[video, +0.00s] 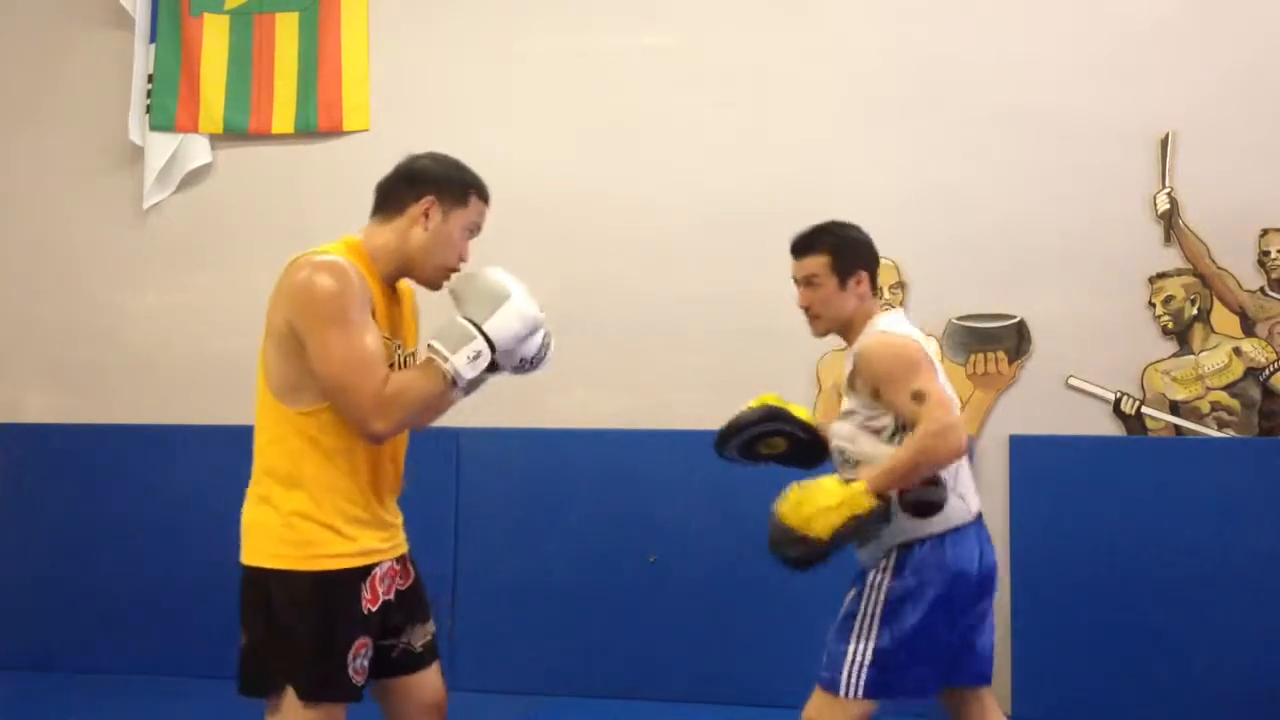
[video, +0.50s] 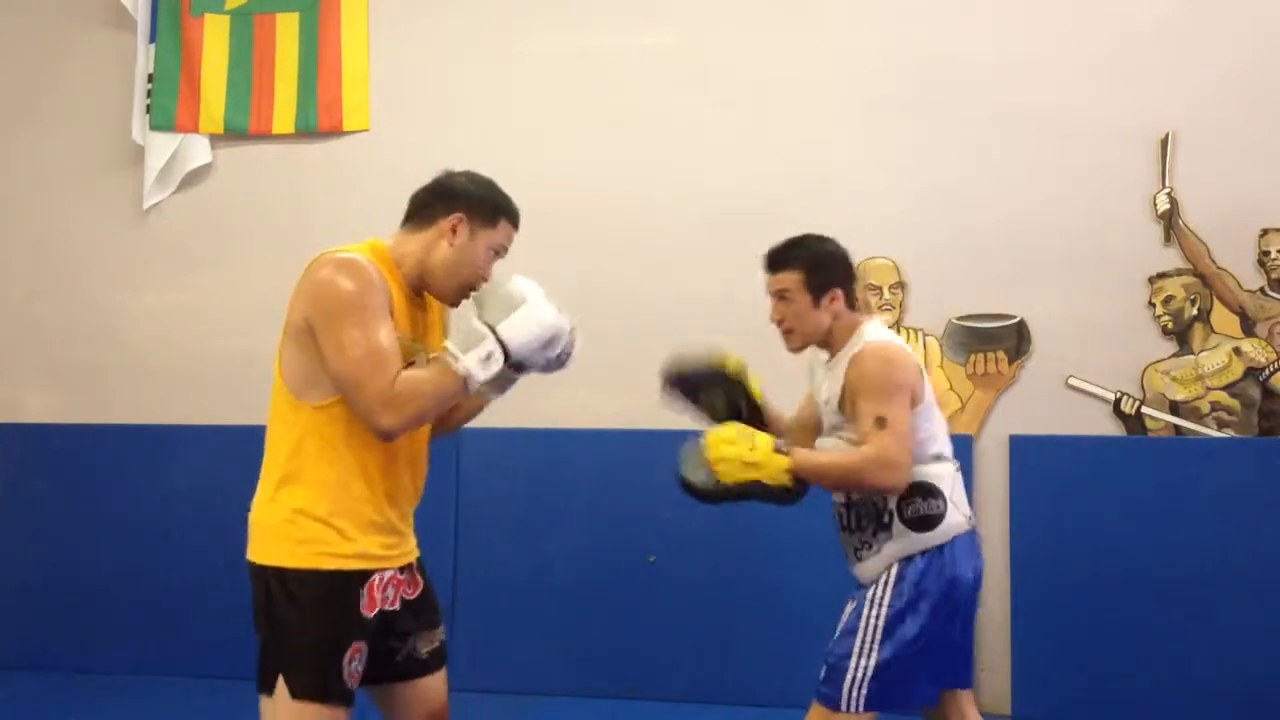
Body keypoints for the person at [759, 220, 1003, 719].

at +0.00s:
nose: (801, 300)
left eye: (811, 284)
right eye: (798, 286)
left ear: (859, 285)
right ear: (859, 289)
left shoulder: (881, 348)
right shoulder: (894, 337)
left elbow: (947, 436)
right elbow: (897, 442)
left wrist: (855, 492)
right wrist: (813, 434)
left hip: (915, 556)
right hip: (961, 545)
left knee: (831, 709)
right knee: (970, 699)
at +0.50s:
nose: (773, 314)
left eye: (784, 299)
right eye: (773, 300)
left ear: (832, 300)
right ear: (830, 304)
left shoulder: (880, 358)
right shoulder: (830, 360)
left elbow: (889, 469)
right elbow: (799, 438)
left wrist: (781, 459)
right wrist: (746, 406)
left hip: (920, 559)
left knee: (836, 710)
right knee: (951, 702)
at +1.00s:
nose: (825, 295)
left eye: (837, 280)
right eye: (824, 281)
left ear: (885, 283)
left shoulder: (914, 341)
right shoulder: (867, 350)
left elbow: (926, 442)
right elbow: (796, 381)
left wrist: (825, 434)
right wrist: (775, 314)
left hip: (921, 560)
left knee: (844, 710)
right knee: (959, 702)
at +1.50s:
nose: (838, 298)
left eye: (849, 283)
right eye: (836, 284)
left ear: (895, 284)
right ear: (889, 288)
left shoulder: (919, 339)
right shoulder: (888, 351)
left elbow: (962, 427)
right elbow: (820, 404)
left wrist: (872, 469)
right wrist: (796, 335)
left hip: (929, 557)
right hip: (959, 554)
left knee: (844, 711)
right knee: (962, 706)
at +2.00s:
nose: (834, 293)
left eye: (845, 278)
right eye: (832, 279)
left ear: (892, 280)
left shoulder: (924, 342)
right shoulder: (865, 349)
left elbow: (954, 440)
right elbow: (792, 384)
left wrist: (858, 439)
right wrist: (766, 318)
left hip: (931, 553)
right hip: (900, 554)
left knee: (854, 707)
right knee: (948, 700)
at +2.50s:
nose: (826, 345)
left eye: (837, 329)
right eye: (823, 331)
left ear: (882, 330)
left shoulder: (929, 385)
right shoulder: (870, 396)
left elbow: (967, 482)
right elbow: (810, 453)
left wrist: (876, 505)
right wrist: (778, 395)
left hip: (959, 590)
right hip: (926, 587)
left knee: (850, 714)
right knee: (910, 714)